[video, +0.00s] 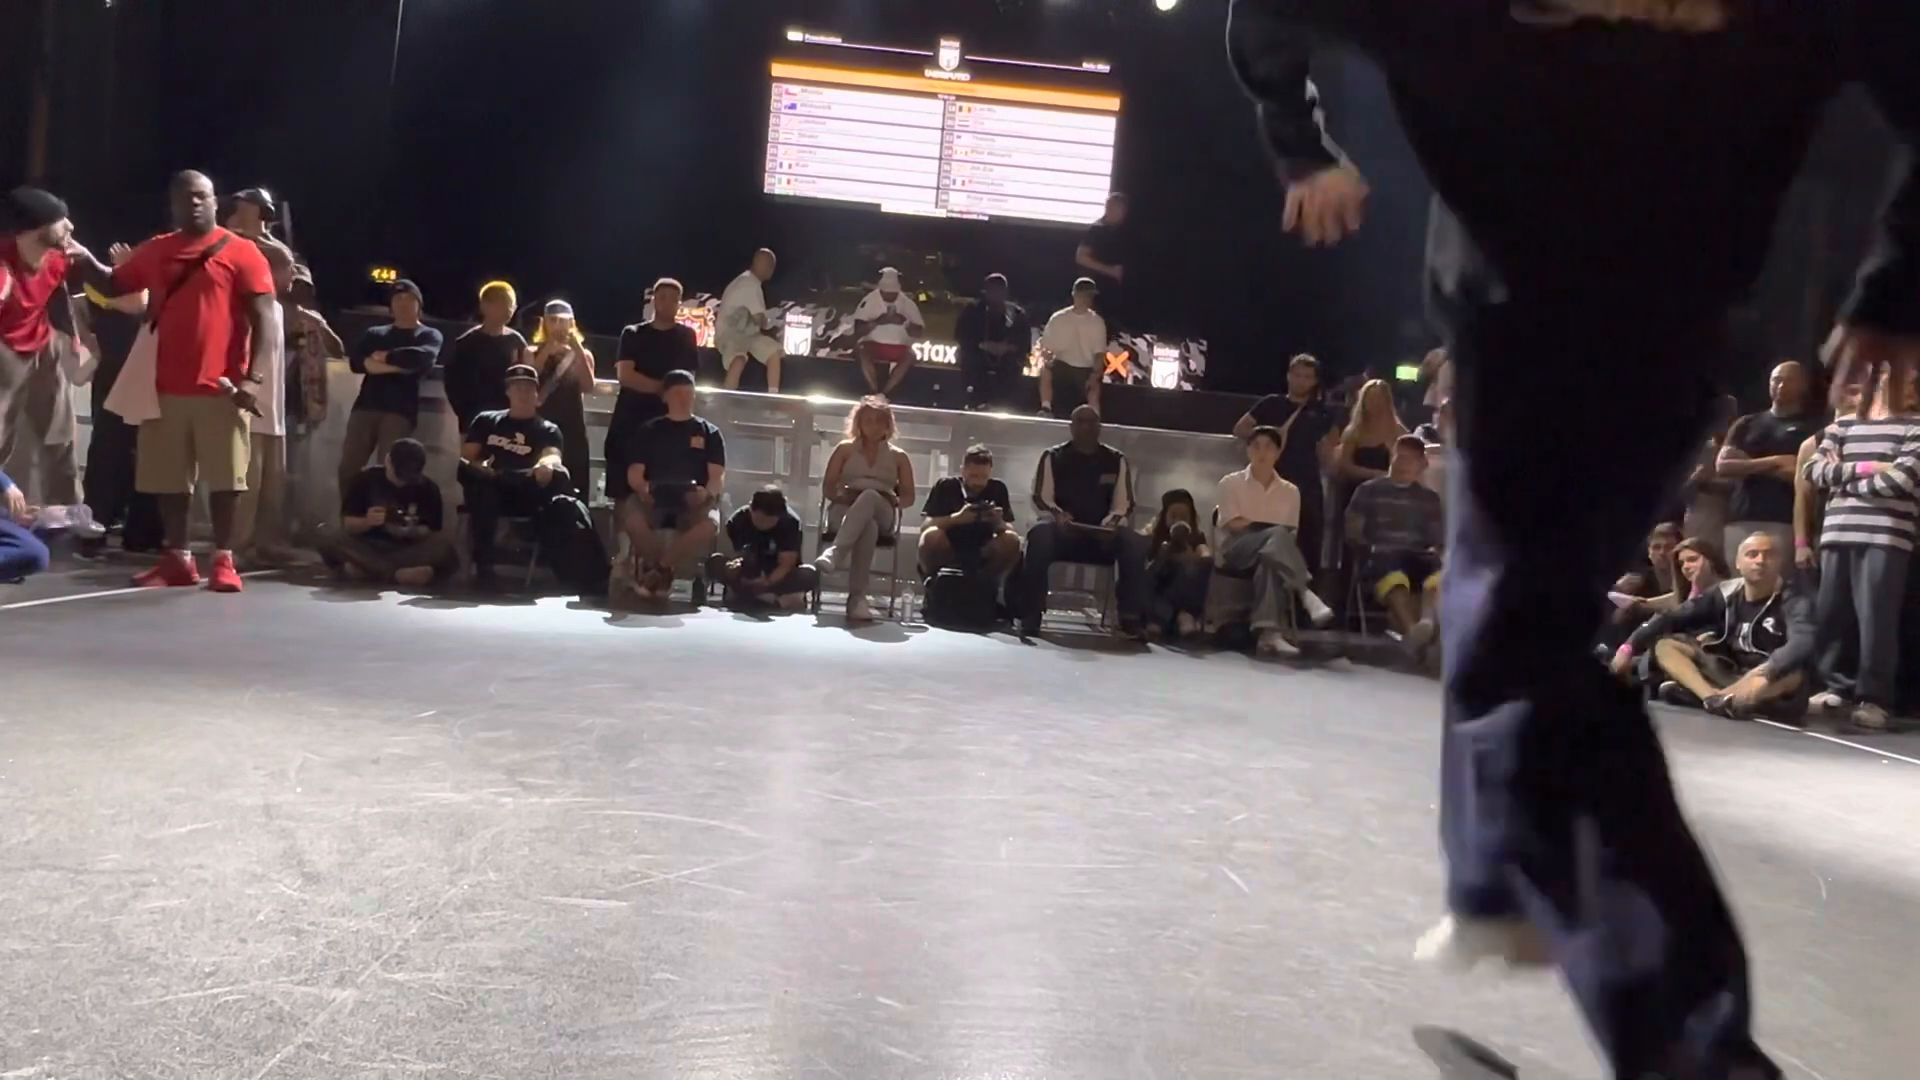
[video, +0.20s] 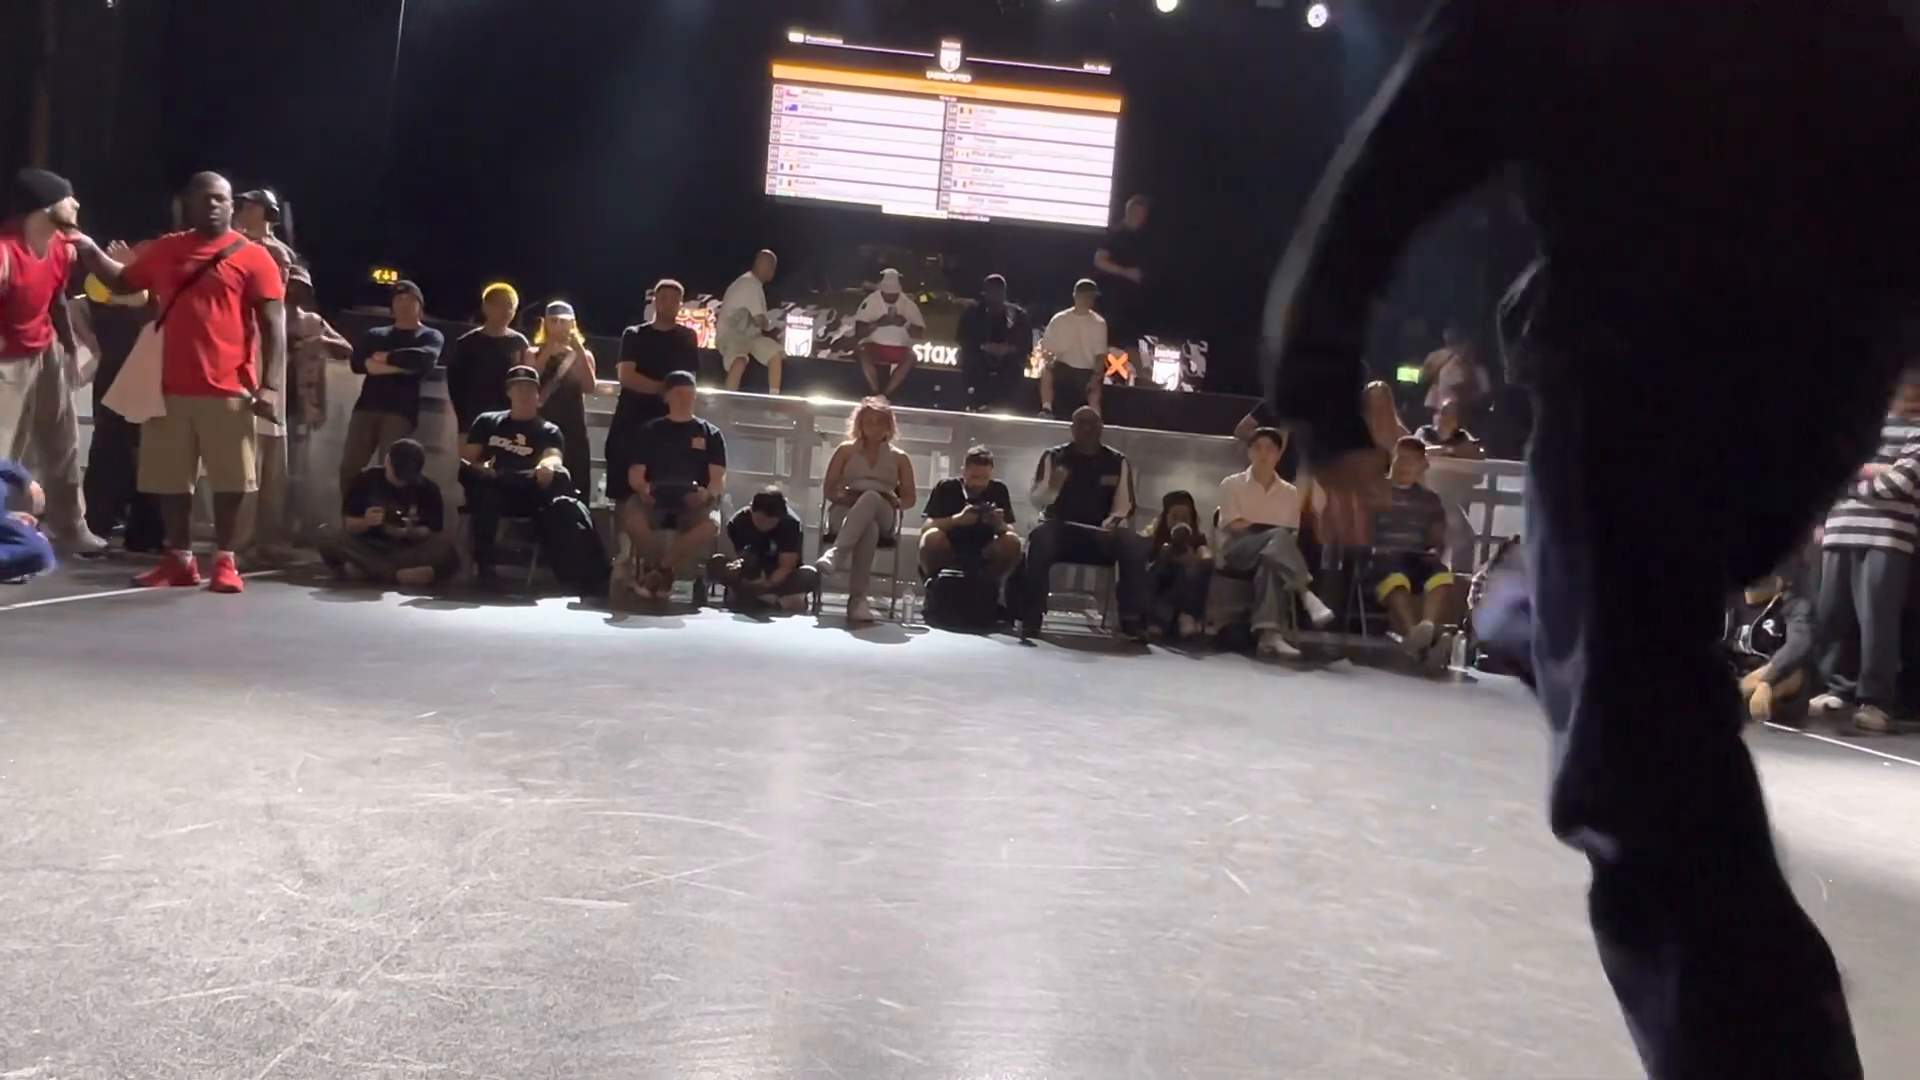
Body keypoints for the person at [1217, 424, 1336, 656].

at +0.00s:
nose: (1262, 452)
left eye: (1269, 447)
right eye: (1257, 446)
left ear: (1278, 453)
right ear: (1249, 450)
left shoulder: (1290, 491)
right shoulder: (1230, 483)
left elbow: (1288, 534)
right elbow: (1234, 525)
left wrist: (1247, 524)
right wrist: (1278, 531)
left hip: (1276, 555)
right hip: (1236, 552)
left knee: (1271, 560)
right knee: (1279, 534)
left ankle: (1270, 633)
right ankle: (1306, 593)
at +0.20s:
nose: (1264, 454)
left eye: (1270, 449)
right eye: (1258, 448)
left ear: (1279, 455)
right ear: (1250, 452)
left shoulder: (1291, 493)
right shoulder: (1232, 484)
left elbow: (1290, 534)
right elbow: (1235, 527)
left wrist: (1249, 525)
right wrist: (1279, 532)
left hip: (1278, 555)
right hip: (1237, 553)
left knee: (1270, 562)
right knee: (1279, 536)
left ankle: (1270, 634)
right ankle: (1307, 595)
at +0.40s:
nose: (1264, 454)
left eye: (1271, 449)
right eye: (1259, 448)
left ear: (1279, 455)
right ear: (1250, 452)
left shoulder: (1291, 492)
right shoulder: (1231, 483)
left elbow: (1289, 534)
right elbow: (1235, 527)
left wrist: (1249, 525)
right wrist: (1278, 531)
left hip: (1277, 556)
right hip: (1237, 553)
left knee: (1270, 562)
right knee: (1279, 535)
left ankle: (1270, 633)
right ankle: (1308, 595)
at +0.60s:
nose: (1264, 456)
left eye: (1270, 450)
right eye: (1258, 449)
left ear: (1279, 456)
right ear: (1250, 454)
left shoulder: (1291, 494)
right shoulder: (1232, 485)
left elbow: (1289, 536)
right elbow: (1235, 527)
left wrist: (1249, 527)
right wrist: (1278, 533)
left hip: (1276, 557)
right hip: (1236, 554)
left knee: (1270, 563)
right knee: (1279, 537)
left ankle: (1270, 635)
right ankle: (1307, 597)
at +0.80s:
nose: (1263, 456)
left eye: (1270, 451)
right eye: (1258, 450)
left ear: (1278, 457)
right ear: (1250, 454)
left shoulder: (1291, 495)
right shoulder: (1231, 486)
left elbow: (1288, 537)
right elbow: (1235, 529)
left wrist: (1249, 527)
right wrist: (1278, 533)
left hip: (1276, 557)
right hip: (1236, 555)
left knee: (1270, 564)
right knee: (1279, 537)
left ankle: (1270, 635)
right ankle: (1307, 598)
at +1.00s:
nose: (1259, 457)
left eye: (1266, 452)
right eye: (1254, 451)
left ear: (1274, 457)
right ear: (1246, 455)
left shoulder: (1287, 496)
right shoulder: (1228, 487)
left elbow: (1284, 538)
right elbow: (1231, 529)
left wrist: (1245, 528)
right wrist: (1274, 534)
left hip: (1273, 559)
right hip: (1233, 556)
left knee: (1266, 564)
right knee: (1275, 539)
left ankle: (1266, 636)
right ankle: (1304, 598)